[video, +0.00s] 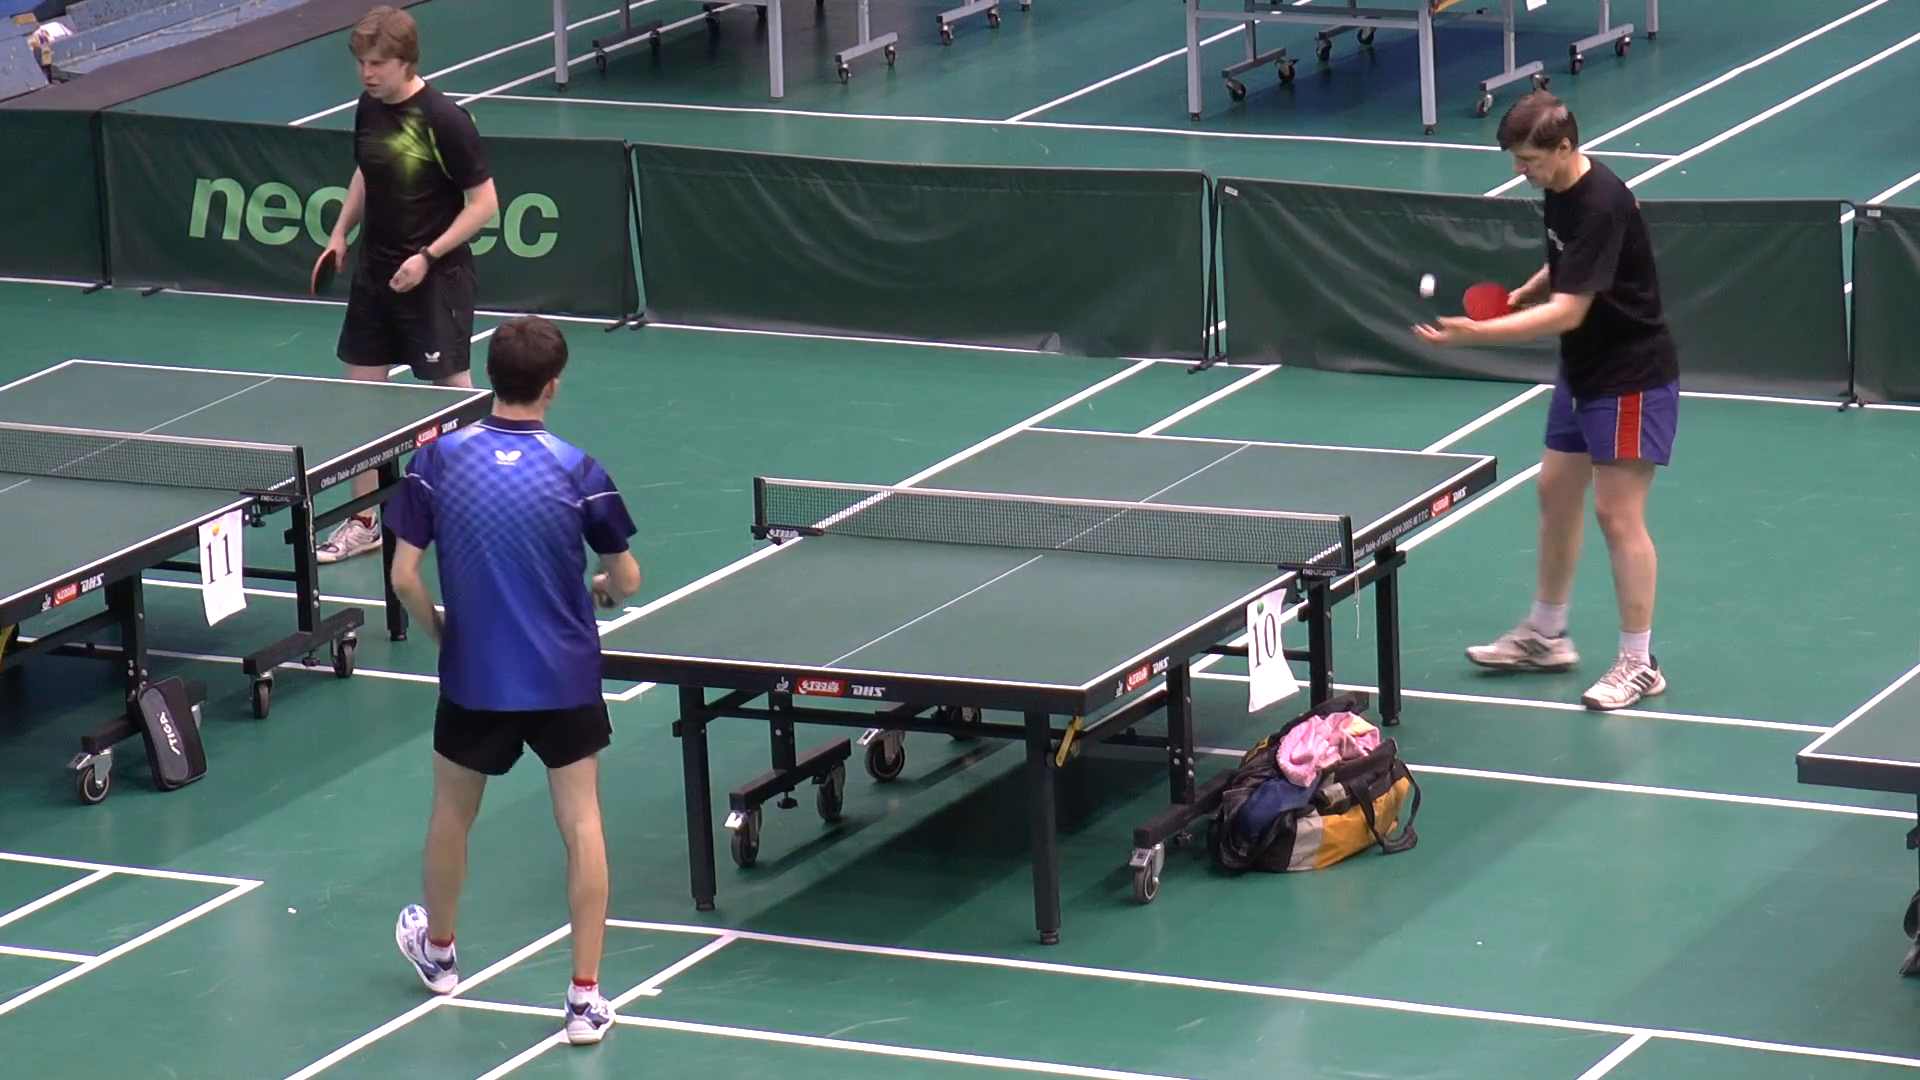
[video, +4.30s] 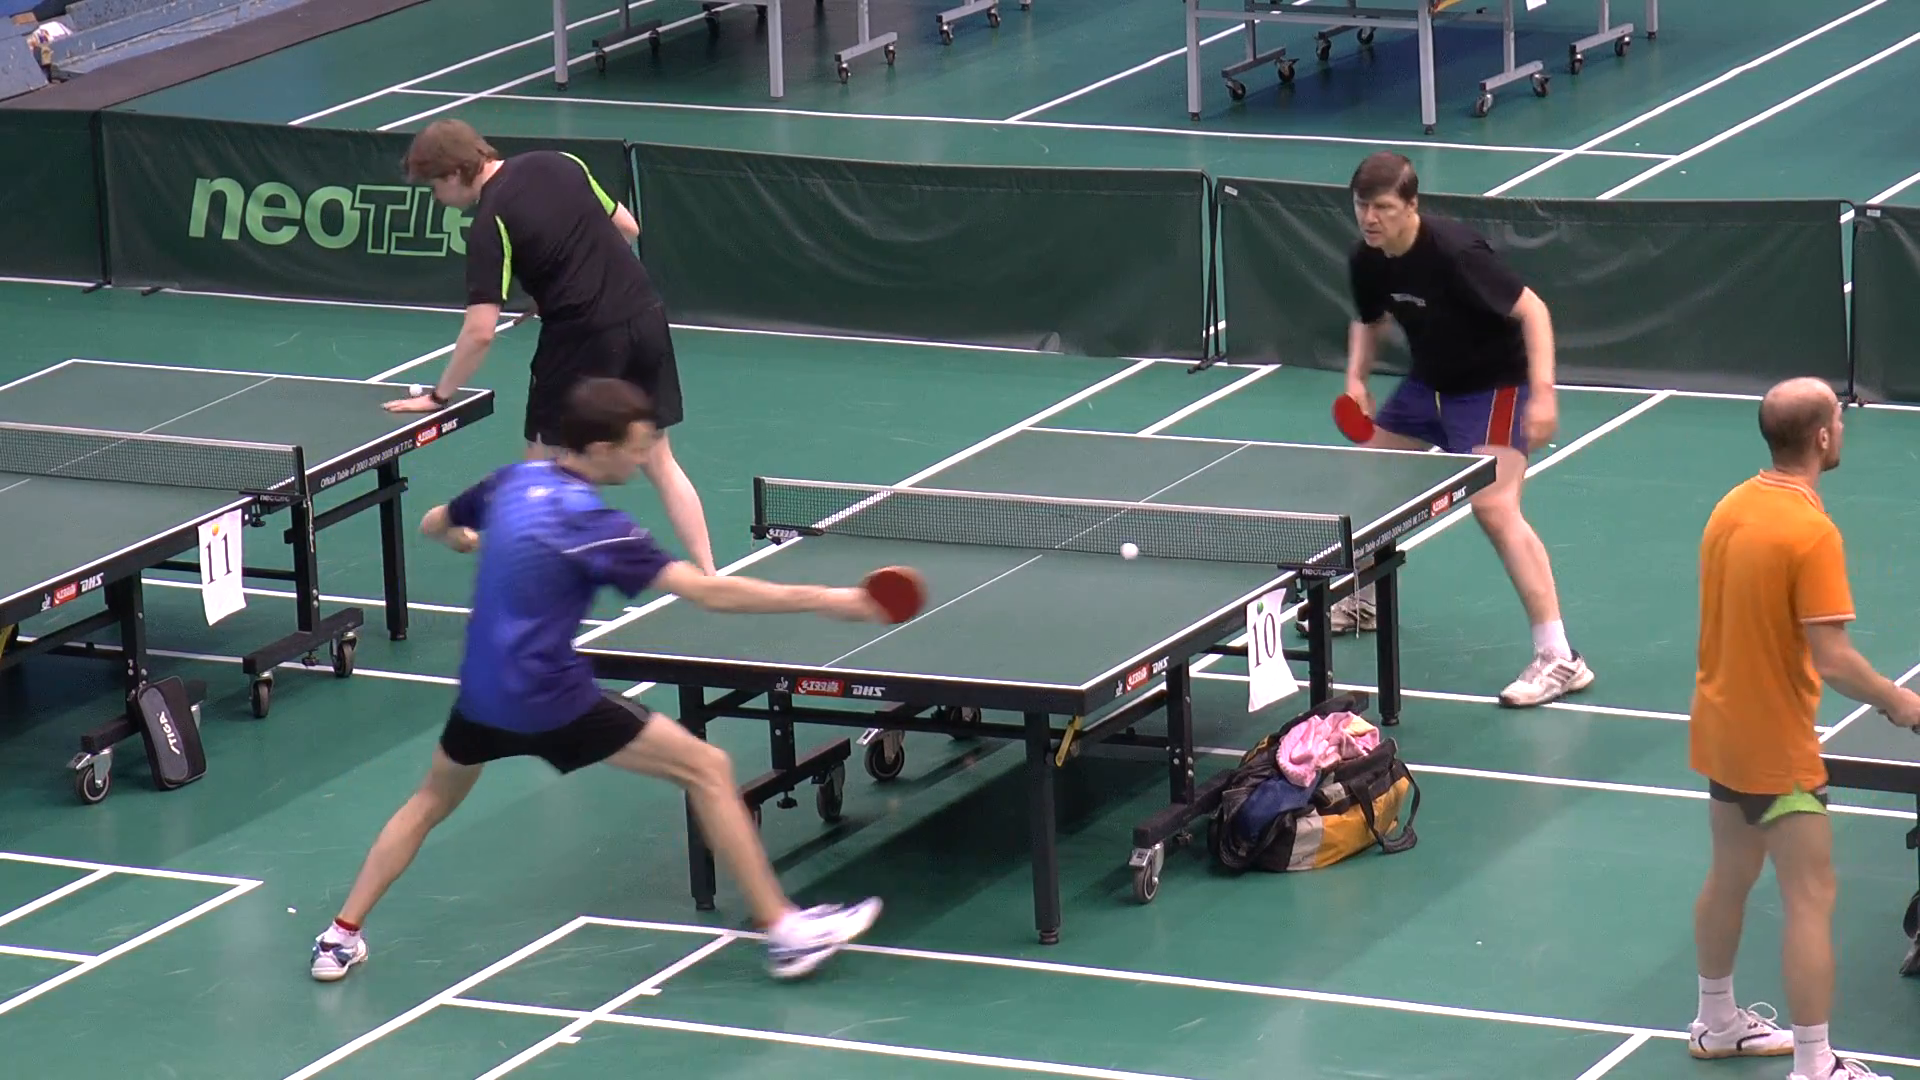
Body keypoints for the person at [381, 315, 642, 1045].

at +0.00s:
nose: (555, 388)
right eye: (557, 378)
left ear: (488, 379)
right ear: (554, 384)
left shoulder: (438, 458)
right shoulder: (578, 467)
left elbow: (404, 575)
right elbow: (627, 580)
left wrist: (435, 624)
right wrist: (601, 588)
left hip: (475, 684)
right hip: (564, 685)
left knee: (451, 816)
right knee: (583, 827)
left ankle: (437, 952)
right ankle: (585, 996)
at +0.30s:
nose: (505, 361)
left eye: (501, 351)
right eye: (502, 352)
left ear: (436, 363)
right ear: (489, 363)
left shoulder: (392, 438)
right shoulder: (506, 455)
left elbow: (364, 546)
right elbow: (535, 583)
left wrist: (405, 596)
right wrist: (560, 608)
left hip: (426, 661)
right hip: (504, 664)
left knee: (433, 789)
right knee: (548, 797)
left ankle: (440, 952)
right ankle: (537, 965)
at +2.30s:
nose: (446, 356)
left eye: (443, 345)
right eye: (442, 347)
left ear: (376, 364)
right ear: (426, 361)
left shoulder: (349, 431)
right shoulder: (440, 450)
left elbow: (327, 538)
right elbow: (458, 574)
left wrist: (377, 597)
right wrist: (522, 599)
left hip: (381, 650)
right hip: (442, 657)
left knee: (355, 781)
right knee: (472, 803)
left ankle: (340, 912)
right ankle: (486, 974)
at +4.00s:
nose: (524, 418)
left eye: (524, 406)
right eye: (521, 406)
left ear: (458, 402)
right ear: (493, 410)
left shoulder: (404, 460)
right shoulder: (481, 490)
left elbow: (357, 562)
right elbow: (525, 609)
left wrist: (424, 595)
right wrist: (613, 623)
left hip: (408, 676)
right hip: (469, 686)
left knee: (416, 778)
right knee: (572, 808)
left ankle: (346, 926)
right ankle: (495, 966)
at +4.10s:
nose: (530, 440)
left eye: (530, 428)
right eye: (525, 428)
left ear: (467, 425)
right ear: (495, 430)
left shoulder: (412, 481)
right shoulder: (488, 513)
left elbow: (376, 573)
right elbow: (550, 617)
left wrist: (467, 598)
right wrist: (657, 638)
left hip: (418, 693)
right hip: (481, 699)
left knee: (418, 794)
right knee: (619, 786)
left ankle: (339, 934)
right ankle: (535, 936)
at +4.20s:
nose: (568, 456)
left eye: (568, 444)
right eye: (563, 445)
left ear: (512, 442)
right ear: (525, 445)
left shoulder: (451, 488)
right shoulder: (528, 525)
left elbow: (404, 553)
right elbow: (620, 608)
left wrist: (496, 581)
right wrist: (735, 621)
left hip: (438, 702)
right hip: (503, 706)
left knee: (421, 802)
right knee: (658, 769)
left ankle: (340, 933)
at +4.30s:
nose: (647, 457)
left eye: (647, 444)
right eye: (639, 446)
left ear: (576, 442)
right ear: (597, 445)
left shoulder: (513, 479)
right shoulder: (594, 521)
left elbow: (437, 524)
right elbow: (707, 589)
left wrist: (496, 546)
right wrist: (829, 600)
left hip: (479, 700)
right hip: (552, 703)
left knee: (426, 805)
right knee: (708, 767)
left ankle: (339, 935)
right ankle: (784, 927)